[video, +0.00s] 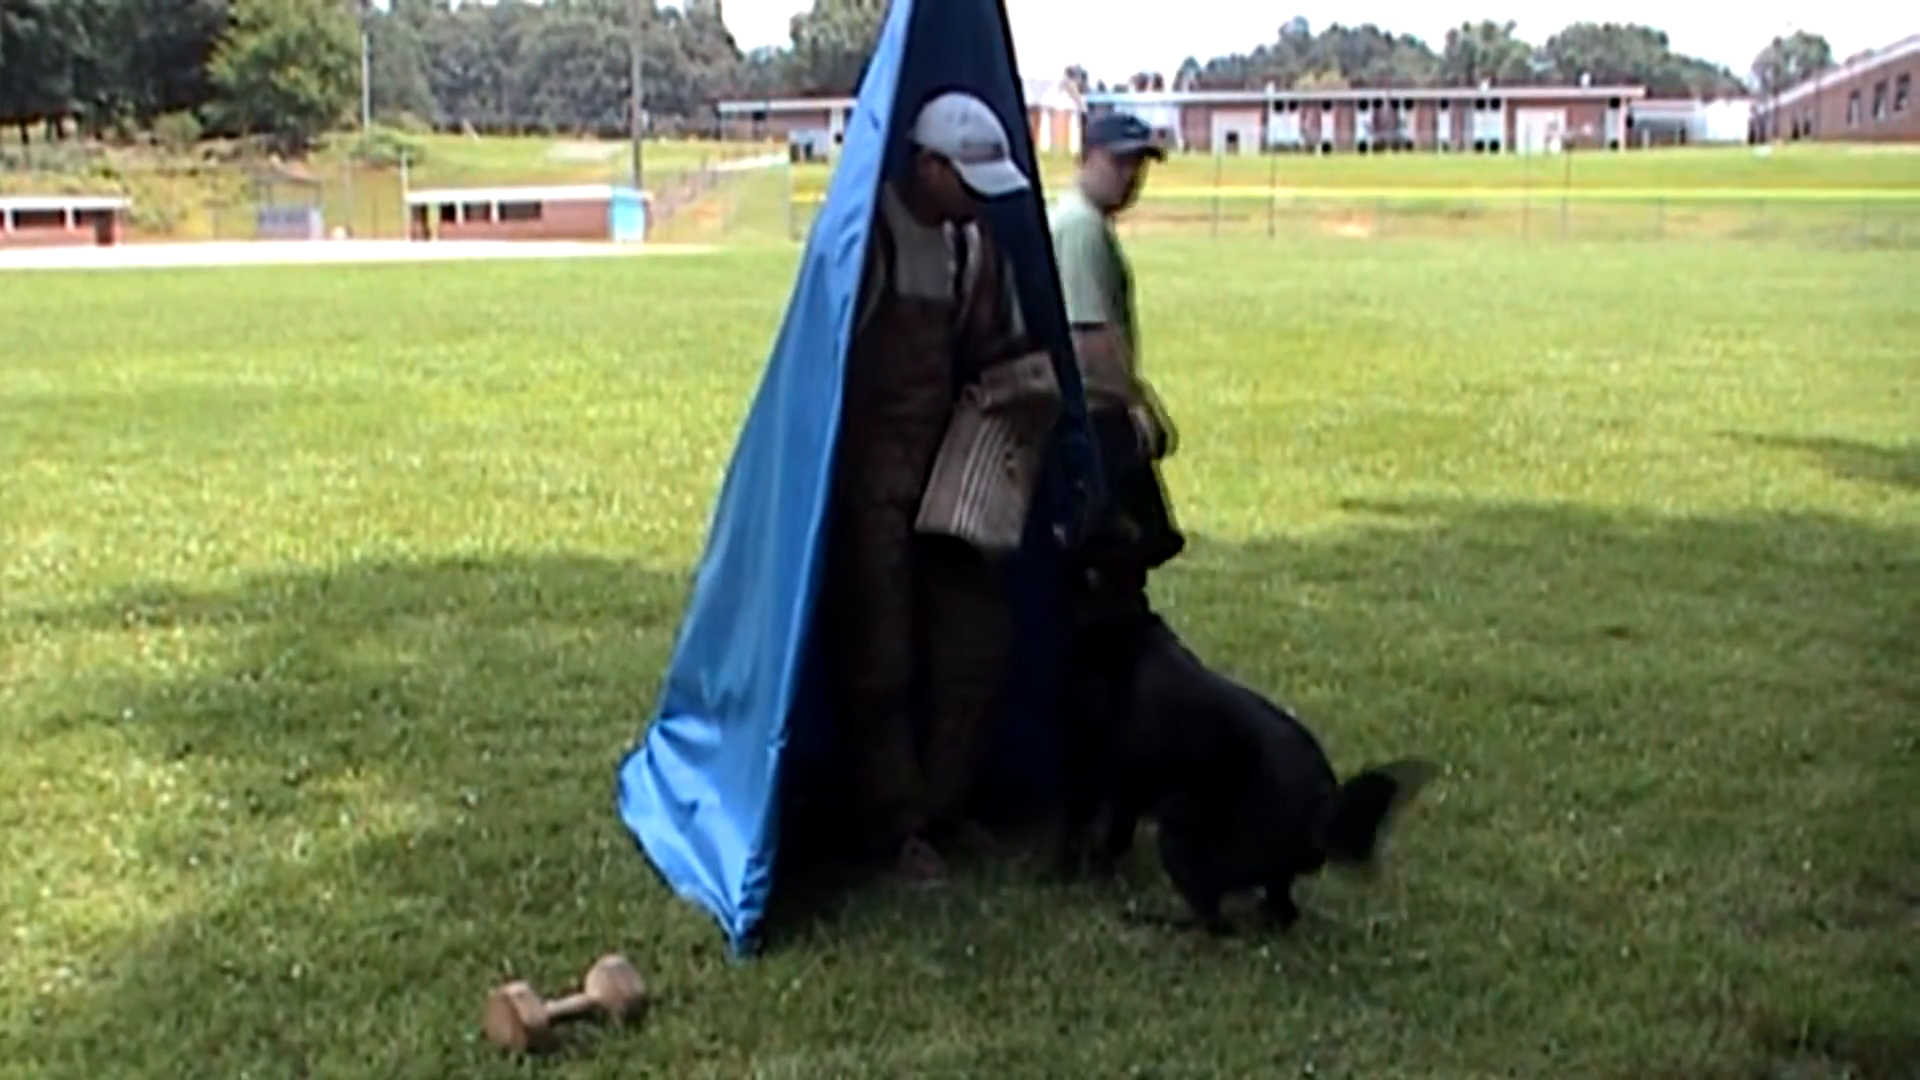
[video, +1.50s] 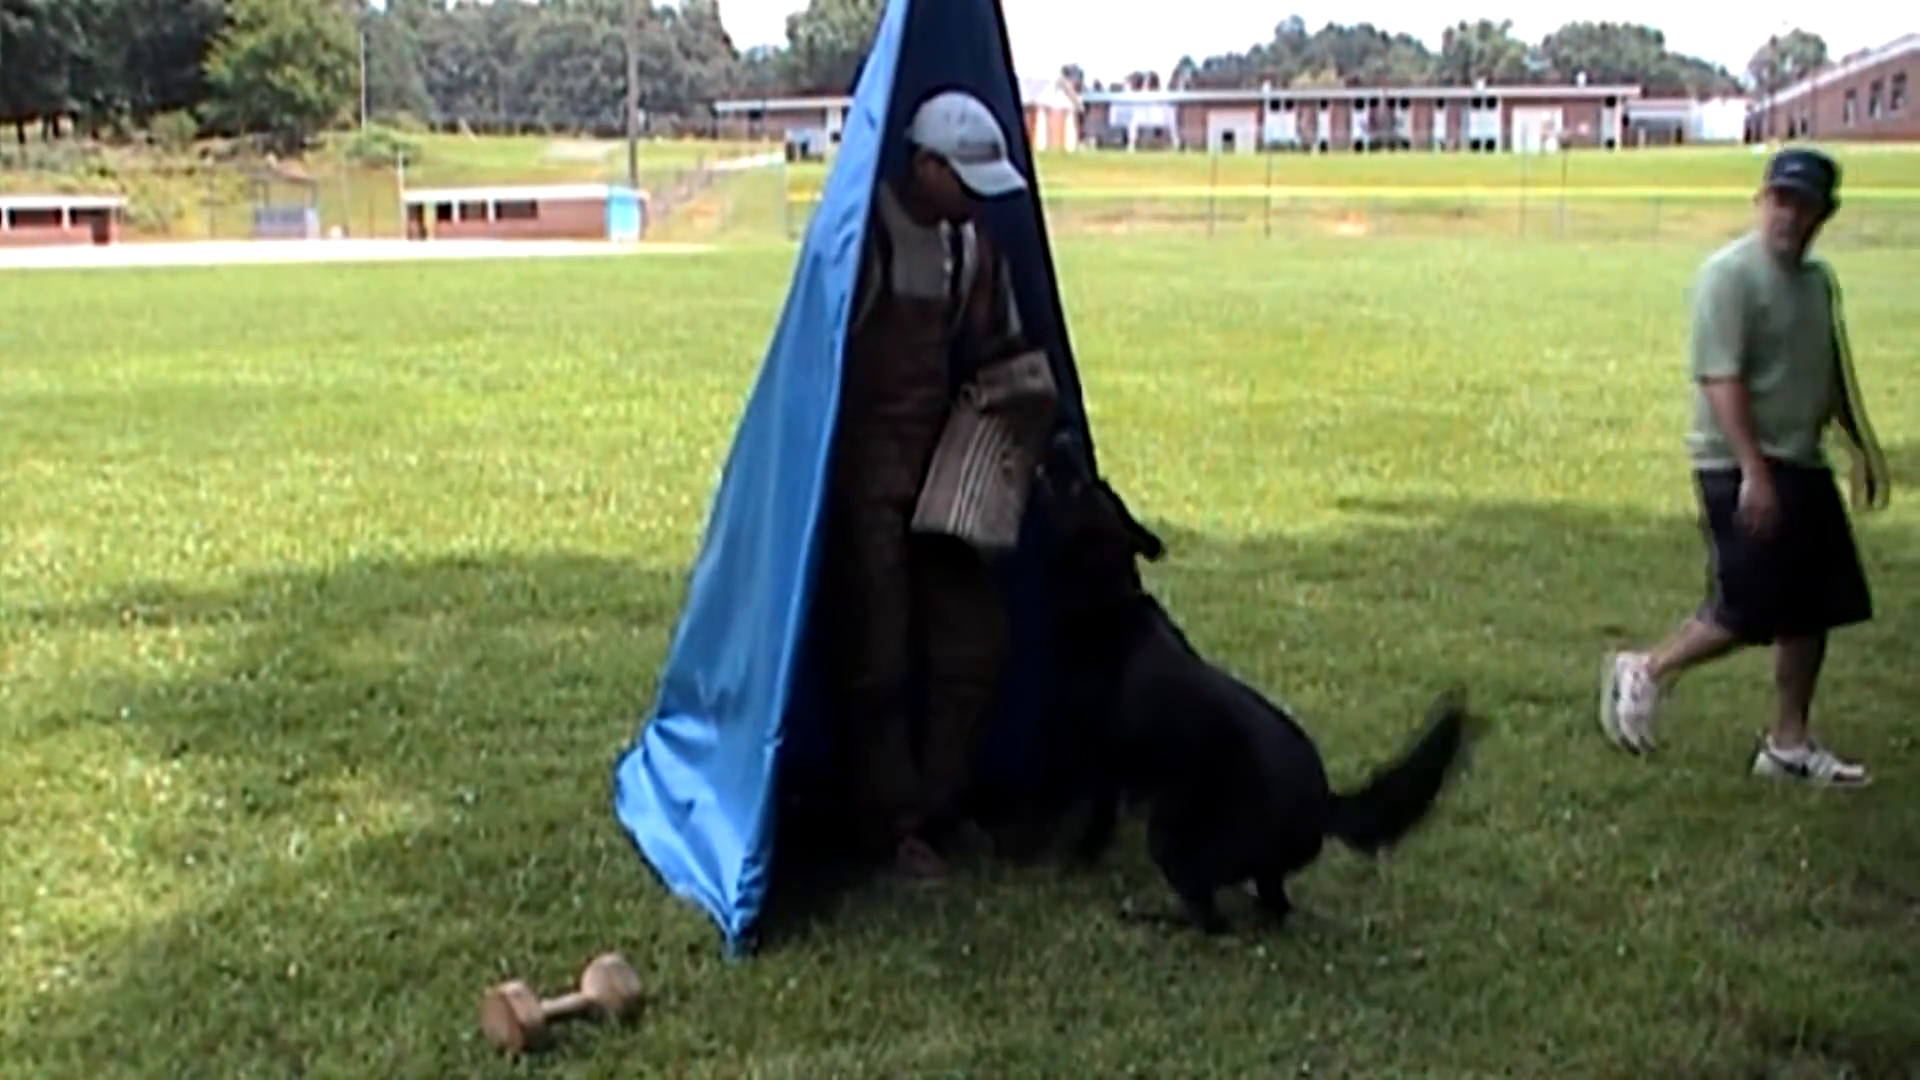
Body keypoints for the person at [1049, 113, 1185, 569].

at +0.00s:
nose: (1134, 177)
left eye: (1140, 164)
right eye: (1123, 162)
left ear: (1144, 165)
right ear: (1091, 159)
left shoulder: (1086, 224)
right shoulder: (1081, 228)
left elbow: (1098, 332)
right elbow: (1093, 335)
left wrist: (1141, 401)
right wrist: (1135, 403)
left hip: (1101, 418)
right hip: (1092, 421)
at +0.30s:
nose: (1268, 198)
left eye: (1277, 186)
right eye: (1257, 183)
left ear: (1282, 192)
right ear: (1224, 182)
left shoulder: (1234, 249)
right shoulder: (1213, 251)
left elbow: (1230, 354)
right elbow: (1225, 352)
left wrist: (1273, 418)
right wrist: (1284, 421)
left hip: (1241, 427)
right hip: (1212, 428)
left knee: (1276, 556)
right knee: (1214, 556)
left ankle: (1281, 673)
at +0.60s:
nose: (1396, 196)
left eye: (1407, 186)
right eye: (1387, 181)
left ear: (1414, 193)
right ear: (1358, 175)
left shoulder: (1374, 247)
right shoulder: (1333, 245)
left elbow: (1400, 331)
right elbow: (1313, 343)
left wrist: (1456, 384)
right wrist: (1338, 425)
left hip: (1356, 419)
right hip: (1348, 423)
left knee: (1310, 549)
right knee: (1400, 555)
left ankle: (1285, 672)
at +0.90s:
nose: (1529, 219)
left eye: (1541, 208)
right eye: (1519, 205)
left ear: (1550, 214)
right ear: (1491, 200)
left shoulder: (1518, 268)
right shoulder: (1470, 275)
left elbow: (1527, 362)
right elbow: (1455, 383)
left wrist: (1566, 415)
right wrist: (1476, 463)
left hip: (1517, 441)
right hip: (1485, 445)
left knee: (1489, 571)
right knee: (1524, 578)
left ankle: (1366, 636)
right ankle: (1526, 707)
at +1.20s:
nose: (1654, 208)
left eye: (1668, 198)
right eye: (1644, 192)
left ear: (1682, 208)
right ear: (1622, 191)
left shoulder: (1663, 268)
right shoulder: (1593, 263)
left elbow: (1652, 362)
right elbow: (1599, 368)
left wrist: (1664, 431)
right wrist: (1691, 422)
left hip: (1650, 452)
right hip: (1585, 450)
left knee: (1690, 584)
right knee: (1568, 584)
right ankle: (1529, 707)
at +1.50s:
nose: (1788, 216)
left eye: (1804, 206)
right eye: (1779, 200)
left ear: (1822, 217)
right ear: (1760, 202)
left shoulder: (1819, 284)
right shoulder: (1727, 277)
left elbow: (1831, 379)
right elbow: (1720, 382)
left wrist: (1862, 444)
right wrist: (1752, 469)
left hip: (1802, 467)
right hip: (1737, 467)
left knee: (1812, 607)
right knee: (1750, 607)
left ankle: (1788, 742)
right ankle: (1644, 672)